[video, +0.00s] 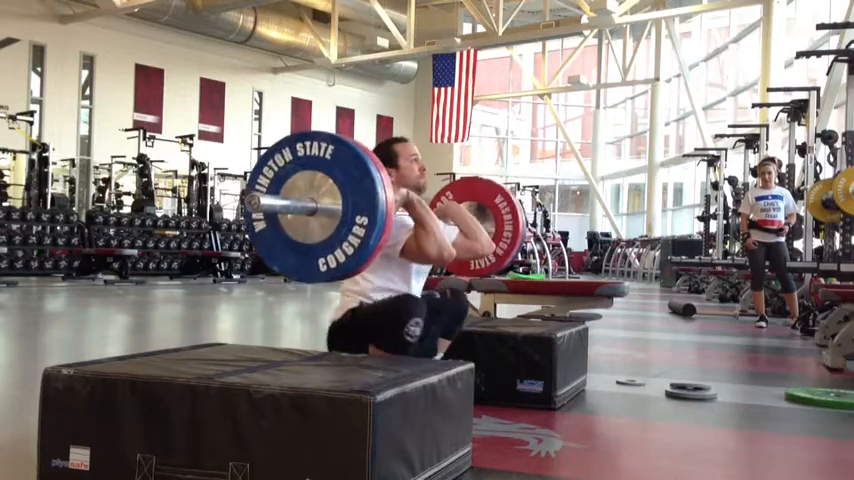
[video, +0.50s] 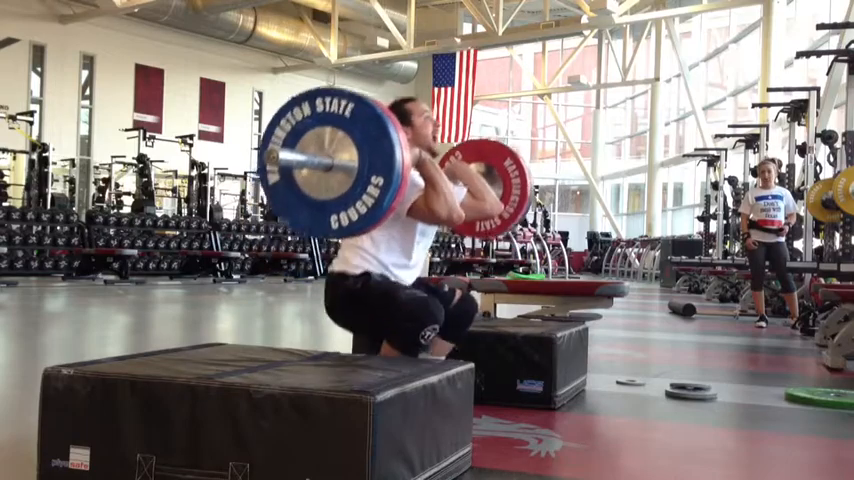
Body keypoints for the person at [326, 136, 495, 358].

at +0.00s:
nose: (423, 167)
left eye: (420, 160)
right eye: (413, 160)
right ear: (390, 173)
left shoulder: (419, 221)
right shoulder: (384, 217)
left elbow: (483, 247)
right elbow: (442, 255)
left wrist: (451, 208)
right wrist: (413, 200)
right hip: (349, 324)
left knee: (454, 301)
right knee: (410, 307)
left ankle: (435, 378)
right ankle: (375, 385)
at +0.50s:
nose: (436, 123)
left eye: (433, 118)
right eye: (426, 118)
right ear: (403, 131)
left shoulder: (426, 179)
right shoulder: (390, 169)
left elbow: (491, 207)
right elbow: (445, 213)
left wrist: (462, 170)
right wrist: (423, 160)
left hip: (399, 283)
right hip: (353, 283)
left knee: (462, 306)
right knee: (423, 313)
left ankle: (420, 388)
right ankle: (377, 390)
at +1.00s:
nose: (427, 97)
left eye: (426, 91)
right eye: (418, 91)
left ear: (428, 98)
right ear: (398, 99)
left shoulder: (428, 152)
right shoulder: (391, 139)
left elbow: (494, 173)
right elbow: (455, 175)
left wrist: (453, 136)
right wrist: (424, 122)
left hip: (403, 266)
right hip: (364, 262)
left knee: (465, 306)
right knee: (425, 315)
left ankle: (418, 386)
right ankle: (378, 392)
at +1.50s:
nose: (424, 84)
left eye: (425, 77)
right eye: (415, 75)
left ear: (428, 86)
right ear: (398, 85)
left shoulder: (428, 136)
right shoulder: (392, 122)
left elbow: (491, 156)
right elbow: (452, 155)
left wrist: (444, 117)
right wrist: (427, 101)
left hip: (398, 250)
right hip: (364, 246)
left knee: (457, 300)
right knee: (418, 310)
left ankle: (413, 389)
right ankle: (375, 398)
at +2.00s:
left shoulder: (438, 92)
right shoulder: (398, 76)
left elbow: (498, 103)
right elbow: (460, 92)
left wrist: (454, 69)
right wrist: (430, 48)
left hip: (438, 214)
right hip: (403, 207)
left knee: (457, 297)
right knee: (415, 303)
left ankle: (418, 383)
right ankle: (378, 393)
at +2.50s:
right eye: (417, 12)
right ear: (405, 18)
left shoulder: (438, 64)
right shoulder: (396, 53)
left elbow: (496, 70)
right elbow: (460, 56)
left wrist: (453, 33)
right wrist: (428, 14)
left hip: (436, 189)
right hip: (405, 186)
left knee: (420, 299)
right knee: (394, 297)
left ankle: (412, 384)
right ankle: (381, 388)